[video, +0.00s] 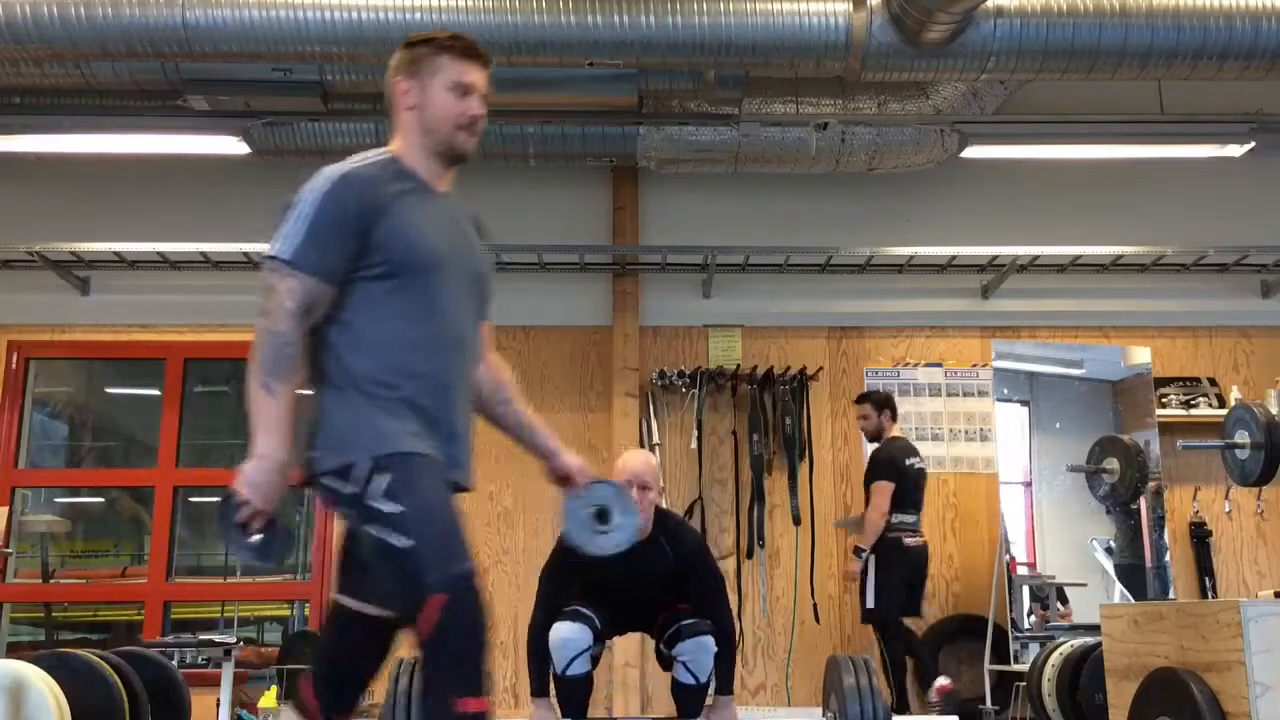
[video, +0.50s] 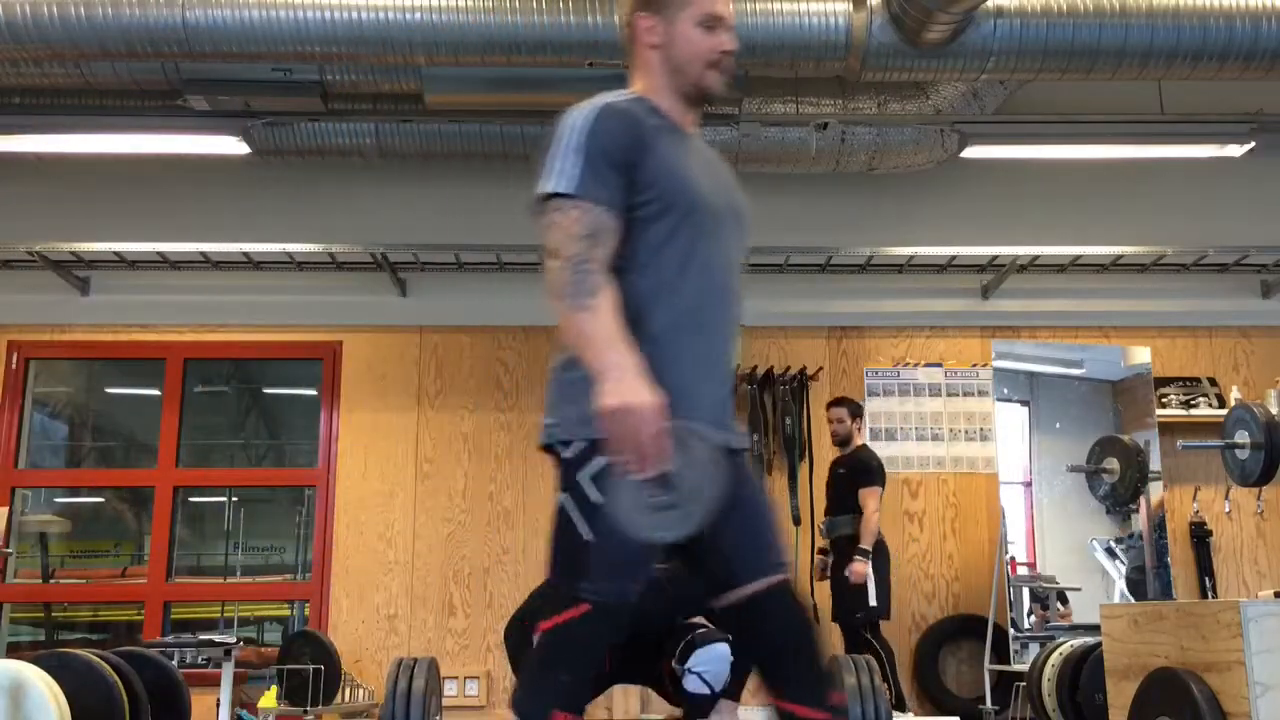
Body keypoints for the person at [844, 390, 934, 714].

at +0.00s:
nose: (860, 426)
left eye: (865, 419)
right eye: (859, 419)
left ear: (886, 417)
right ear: (886, 419)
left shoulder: (885, 454)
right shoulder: (910, 450)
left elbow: (879, 511)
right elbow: (904, 508)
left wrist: (858, 553)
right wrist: (860, 520)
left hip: (890, 546)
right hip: (913, 544)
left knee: (884, 624)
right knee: (895, 621)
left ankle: (900, 706)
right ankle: (934, 682)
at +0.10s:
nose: (855, 424)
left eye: (860, 417)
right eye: (853, 418)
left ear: (881, 416)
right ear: (878, 419)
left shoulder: (882, 452)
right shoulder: (894, 449)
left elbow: (875, 506)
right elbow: (889, 506)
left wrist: (848, 547)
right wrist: (856, 520)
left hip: (885, 546)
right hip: (899, 543)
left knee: (877, 621)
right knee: (879, 621)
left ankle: (903, 701)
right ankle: (905, 696)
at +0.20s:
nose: (848, 425)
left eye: (854, 419)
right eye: (846, 419)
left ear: (874, 417)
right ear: (863, 419)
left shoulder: (880, 453)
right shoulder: (873, 452)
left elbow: (873, 509)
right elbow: (871, 508)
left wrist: (842, 544)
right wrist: (848, 534)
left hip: (882, 547)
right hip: (874, 546)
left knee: (874, 626)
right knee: (864, 623)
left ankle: (900, 704)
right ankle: (894, 701)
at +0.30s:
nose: (843, 427)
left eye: (848, 421)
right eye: (840, 421)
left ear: (867, 420)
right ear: (844, 422)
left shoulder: (876, 456)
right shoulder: (863, 456)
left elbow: (873, 509)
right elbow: (859, 511)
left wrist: (843, 547)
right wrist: (845, 555)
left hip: (876, 549)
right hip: (860, 550)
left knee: (875, 629)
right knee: (854, 630)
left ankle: (900, 706)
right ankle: (858, 704)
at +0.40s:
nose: (838, 428)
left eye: (844, 422)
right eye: (835, 423)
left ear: (862, 422)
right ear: (835, 424)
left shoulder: (870, 458)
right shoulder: (851, 460)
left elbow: (873, 512)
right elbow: (846, 516)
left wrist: (850, 553)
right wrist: (836, 555)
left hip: (870, 551)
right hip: (851, 552)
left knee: (872, 630)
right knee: (848, 630)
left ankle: (900, 706)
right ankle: (857, 703)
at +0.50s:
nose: (833, 428)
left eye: (839, 422)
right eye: (830, 422)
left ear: (857, 423)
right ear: (829, 424)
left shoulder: (866, 461)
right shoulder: (837, 463)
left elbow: (872, 512)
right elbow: (835, 513)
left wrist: (863, 555)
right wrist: (826, 552)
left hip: (864, 551)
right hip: (842, 552)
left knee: (867, 631)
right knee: (850, 632)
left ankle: (897, 704)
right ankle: (861, 701)